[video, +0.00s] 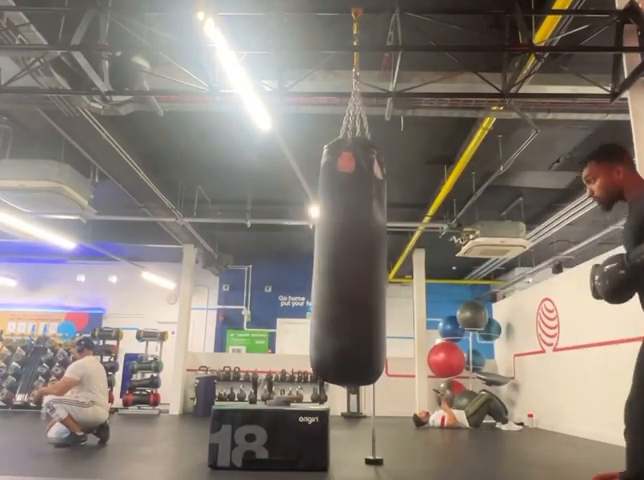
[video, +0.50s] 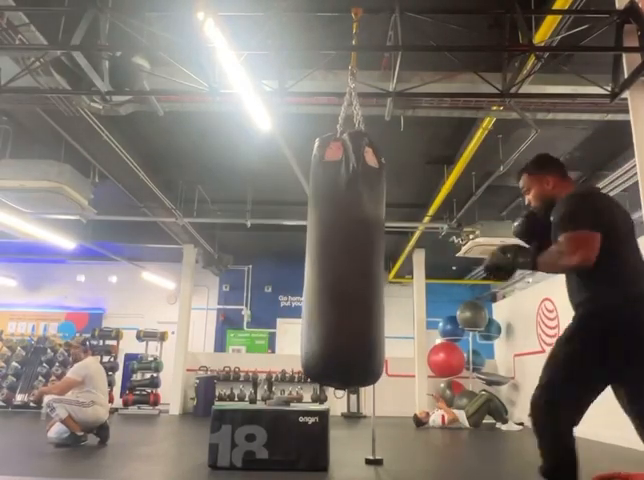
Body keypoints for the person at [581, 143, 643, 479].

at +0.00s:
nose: (589, 193)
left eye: (591, 180)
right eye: (586, 185)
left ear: (618, 168)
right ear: (618, 171)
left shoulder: (640, 208)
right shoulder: (634, 217)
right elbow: (634, 266)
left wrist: (628, 266)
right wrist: (614, 281)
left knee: (636, 407)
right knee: (636, 407)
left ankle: (635, 469)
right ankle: (633, 468)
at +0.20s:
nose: (565, 199)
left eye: (566, 188)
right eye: (562, 192)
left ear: (592, 177)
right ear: (592, 180)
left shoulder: (631, 202)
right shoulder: (620, 209)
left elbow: (642, 253)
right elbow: (629, 258)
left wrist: (599, 270)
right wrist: (590, 263)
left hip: (640, 325)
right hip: (636, 324)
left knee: (627, 414)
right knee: (626, 412)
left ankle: (630, 471)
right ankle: (629, 469)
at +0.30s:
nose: (548, 196)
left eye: (549, 185)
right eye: (545, 189)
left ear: (573, 174)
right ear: (575, 176)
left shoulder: (611, 196)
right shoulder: (604, 200)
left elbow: (622, 252)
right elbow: (611, 251)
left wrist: (564, 259)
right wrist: (571, 247)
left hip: (633, 318)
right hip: (626, 317)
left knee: (625, 405)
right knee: (624, 401)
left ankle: (628, 469)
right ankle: (626, 466)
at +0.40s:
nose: (537, 195)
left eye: (537, 185)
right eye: (534, 188)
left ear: (560, 173)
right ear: (564, 174)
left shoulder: (588, 195)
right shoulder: (611, 193)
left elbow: (592, 249)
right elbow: (591, 255)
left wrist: (535, 262)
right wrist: (555, 234)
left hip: (618, 320)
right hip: (635, 316)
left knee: (595, 416)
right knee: (639, 404)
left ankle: (607, 473)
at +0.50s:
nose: (527, 201)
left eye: (528, 191)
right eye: (524, 194)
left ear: (549, 181)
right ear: (555, 181)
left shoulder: (576, 203)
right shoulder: (603, 202)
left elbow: (580, 253)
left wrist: (525, 259)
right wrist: (540, 242)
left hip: (603, 324)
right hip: (632, 321)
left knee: (549, 409)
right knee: (640, 410)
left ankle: (558, 475)